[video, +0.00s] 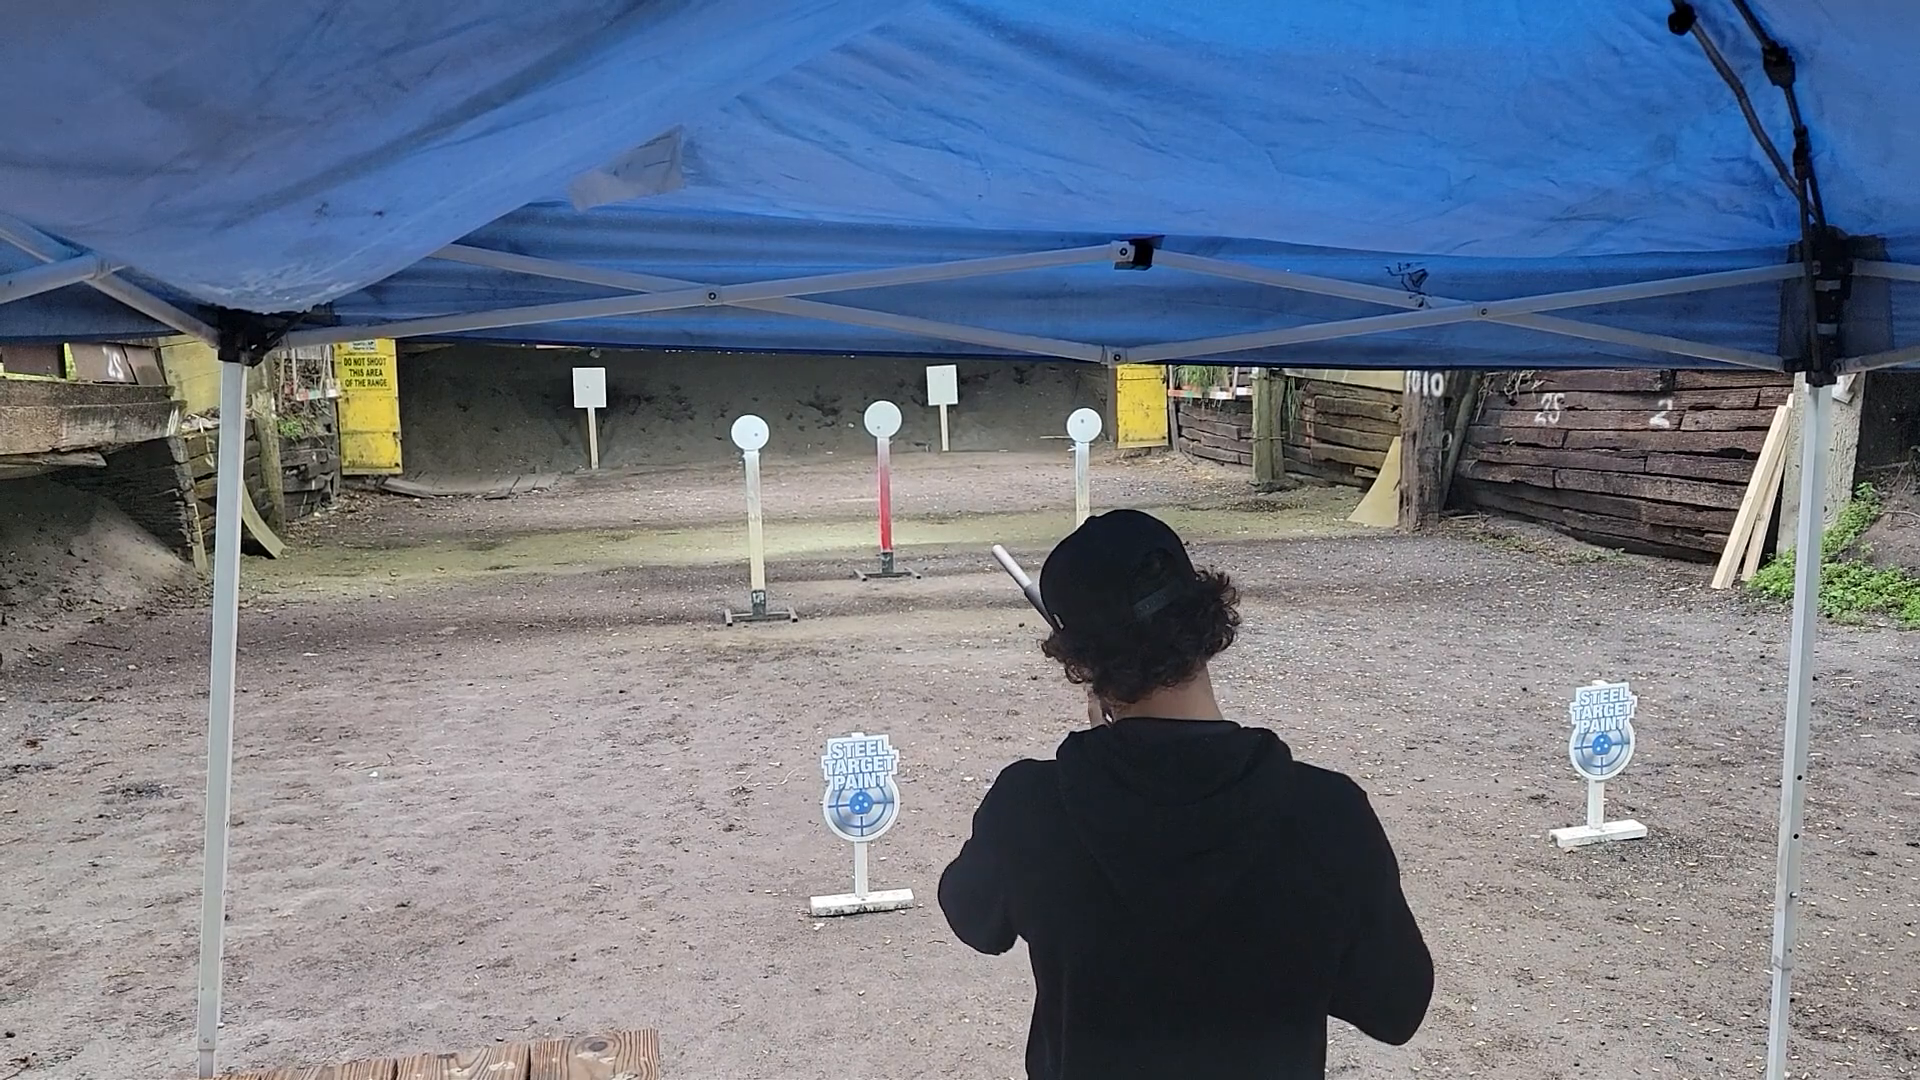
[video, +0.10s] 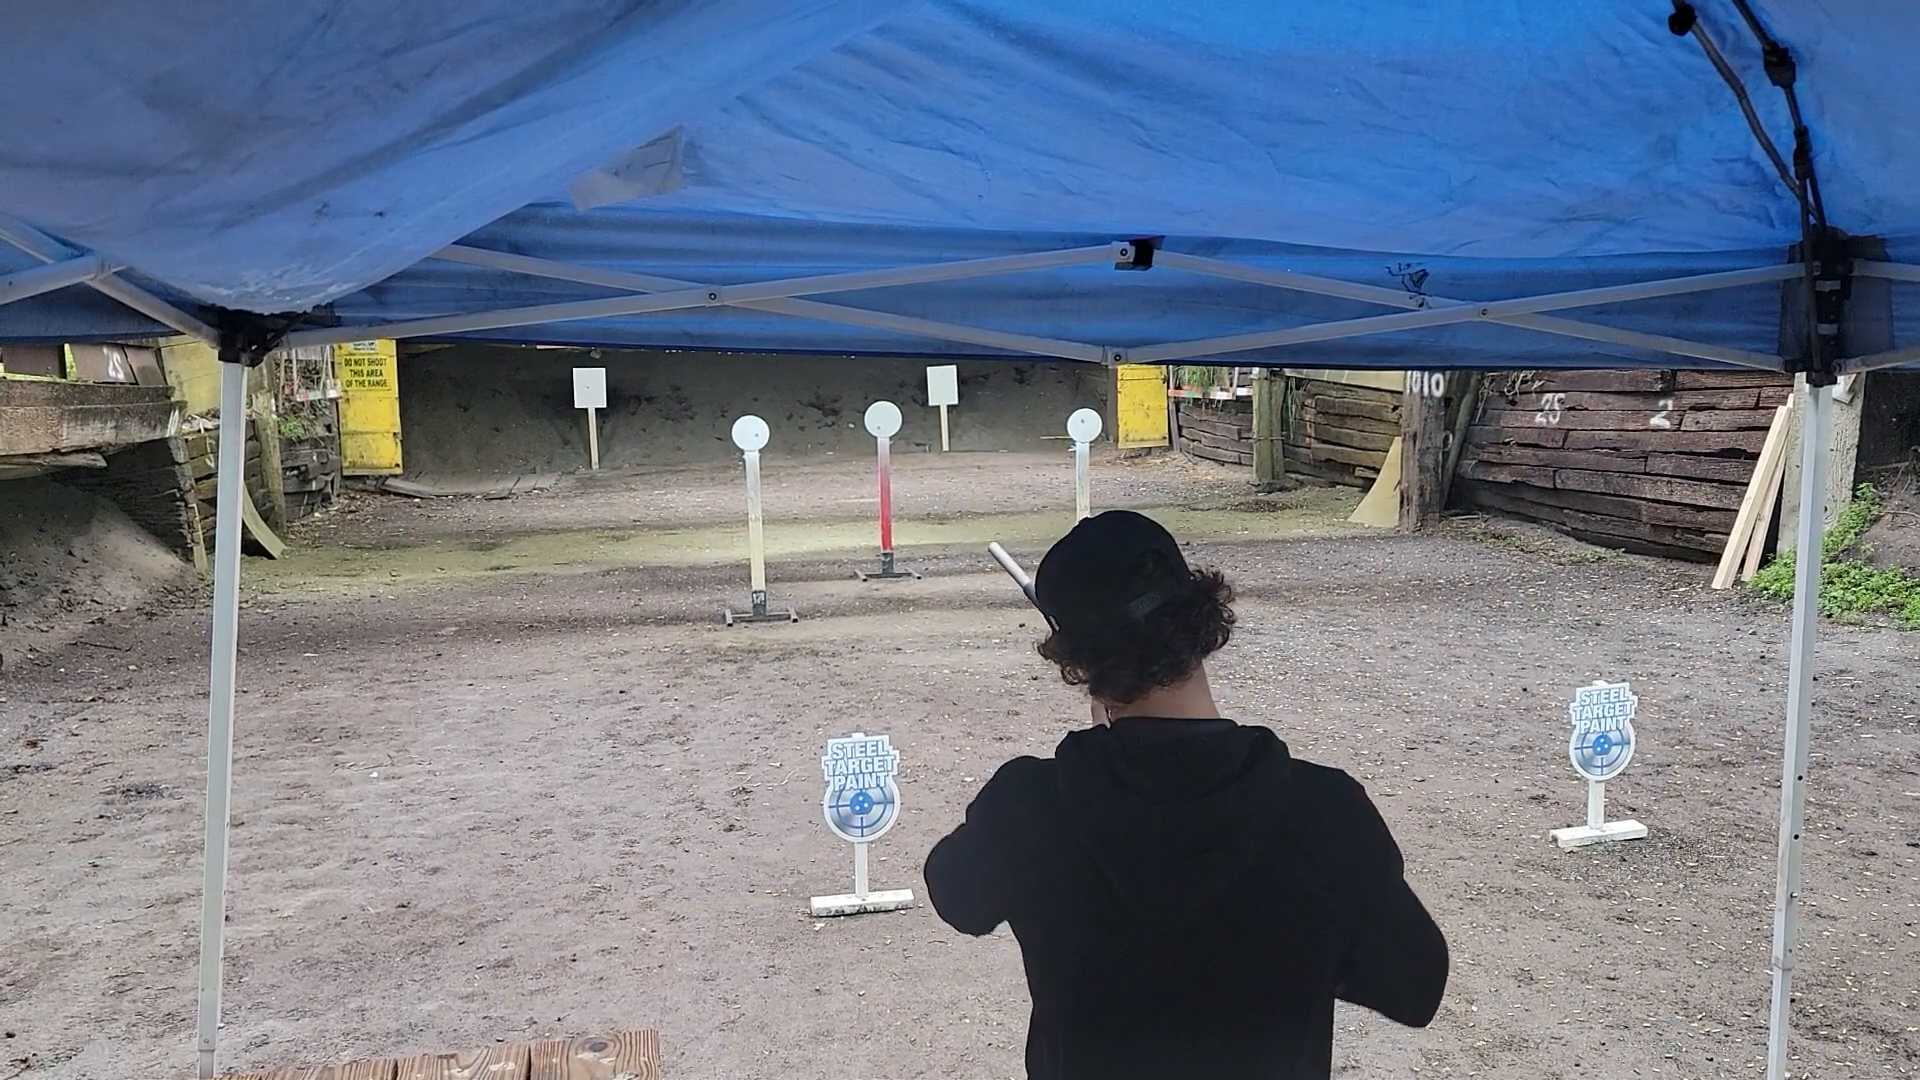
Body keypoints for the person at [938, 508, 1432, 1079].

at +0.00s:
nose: (1064, 656)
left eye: (1067, 641)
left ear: (1081, 661)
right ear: (1208, 620)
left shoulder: (1031, 804)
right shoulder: (1327, 811)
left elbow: (974, 917)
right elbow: (1398, 1010)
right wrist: (1282, 919)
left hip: (1084, 1067)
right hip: (1272, 1068)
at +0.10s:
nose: (1057, 656)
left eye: (1060, 638)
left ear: (1075, 660)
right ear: (1204, 618)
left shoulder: (1031, 804)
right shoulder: (1325, 809)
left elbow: (956, 897)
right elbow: (1417, 989)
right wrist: (1293, 918)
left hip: (1080, 1073)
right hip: (1275, 1073)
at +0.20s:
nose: (1056, 657)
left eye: (1057, 639)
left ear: (1073, 661)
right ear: (1198, 616)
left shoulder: (1028, 799)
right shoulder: (1324, 804)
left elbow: (959, 893)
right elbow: (1426, 976)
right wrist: (1310, 919)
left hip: (1079, 1069)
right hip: (1274, 1069)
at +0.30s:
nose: (1059, 657)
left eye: (1058, 641)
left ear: (1073, 659)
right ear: (1196, 615)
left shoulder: (1032, 797)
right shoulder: (1323, 801)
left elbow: (984, 906)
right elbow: (1422, 973)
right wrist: (1309, 908)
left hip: (1080, 1069)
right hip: (1268, 1069)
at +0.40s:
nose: (1062, 655)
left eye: (1060, 639)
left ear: (1073, 658)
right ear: (1197, 614)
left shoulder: (1027, 796)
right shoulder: (1322, 798)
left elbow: (992, 912)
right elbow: (1420, 971)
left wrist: (1095, 751)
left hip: (1075, 1068)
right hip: (1267, 1068)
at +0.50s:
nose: (1061, 648)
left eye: (1061, 634)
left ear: (1074, 652)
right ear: (1199, 611)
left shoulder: (1026, 795)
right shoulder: (1323, 799)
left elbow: (992, 912)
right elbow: (1417, 974)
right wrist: (1304, 909)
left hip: (1076, 1067)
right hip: (1269, 1067)